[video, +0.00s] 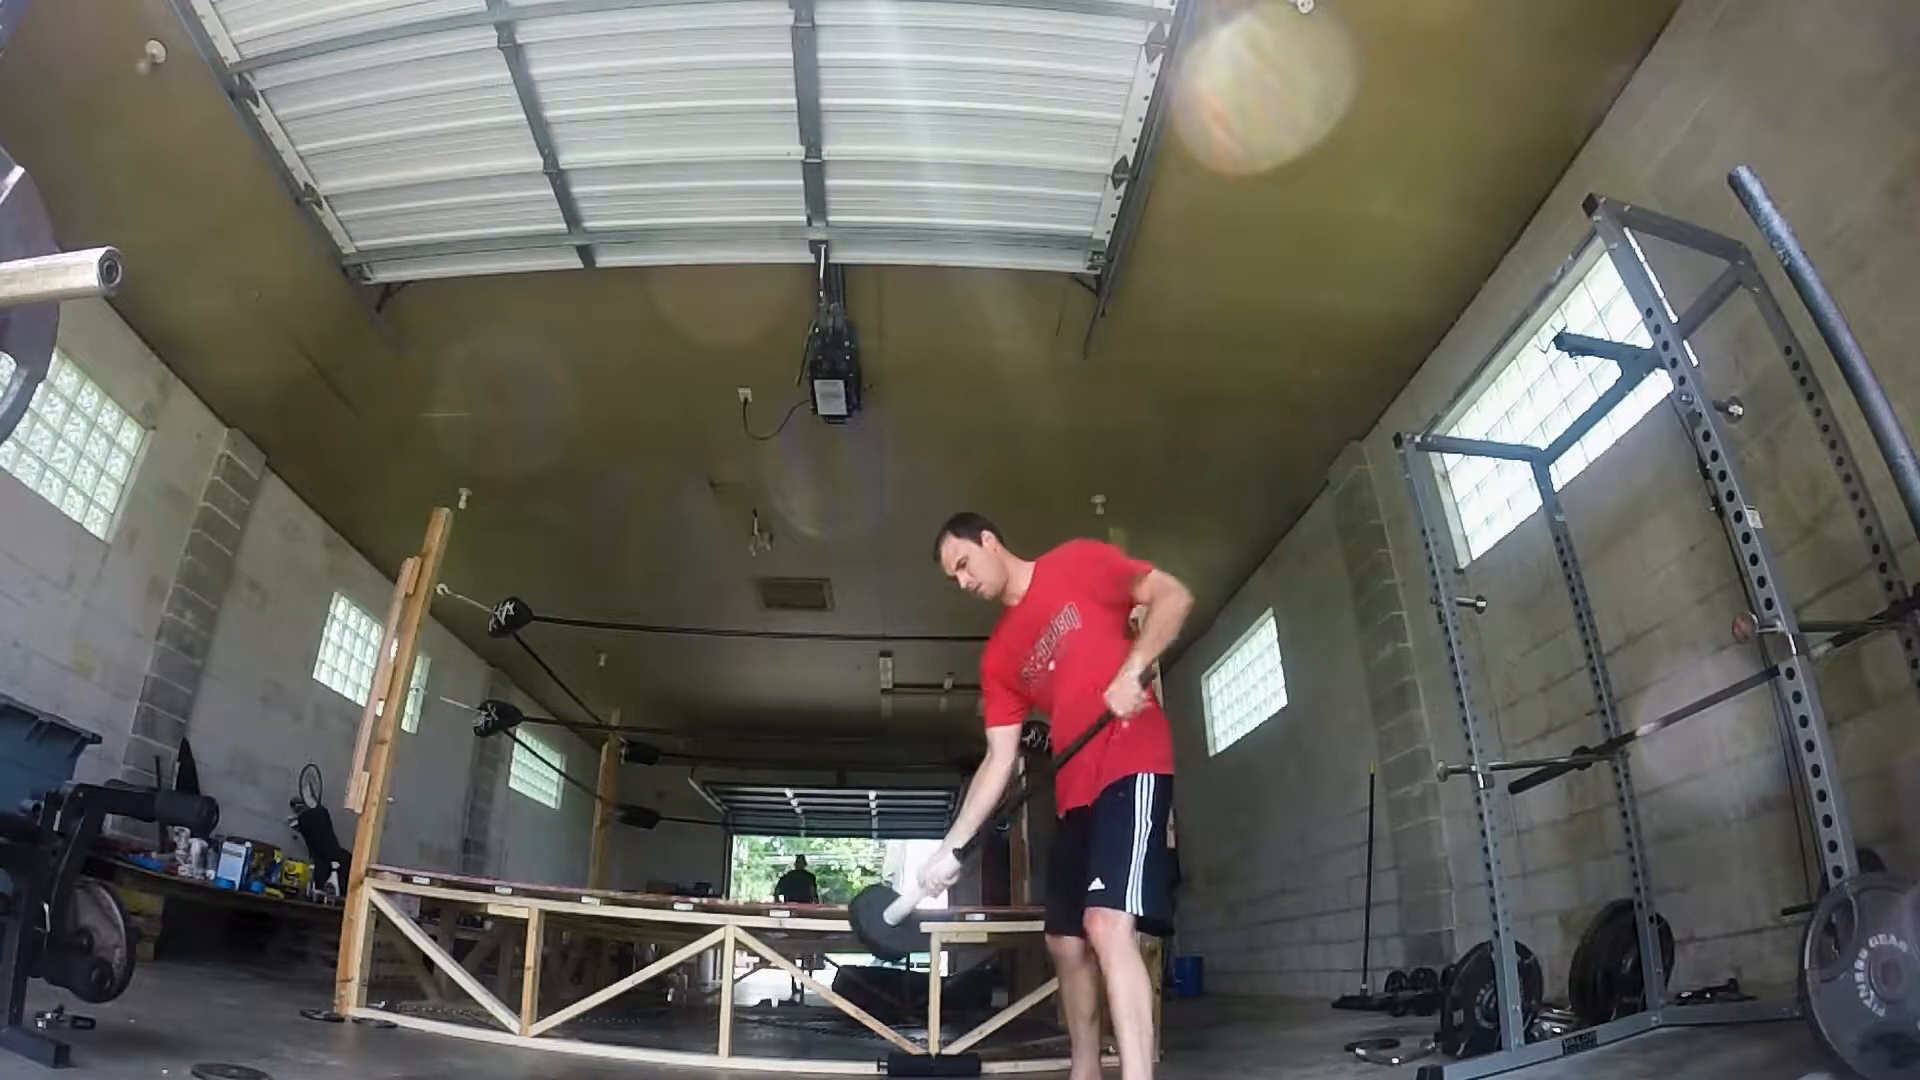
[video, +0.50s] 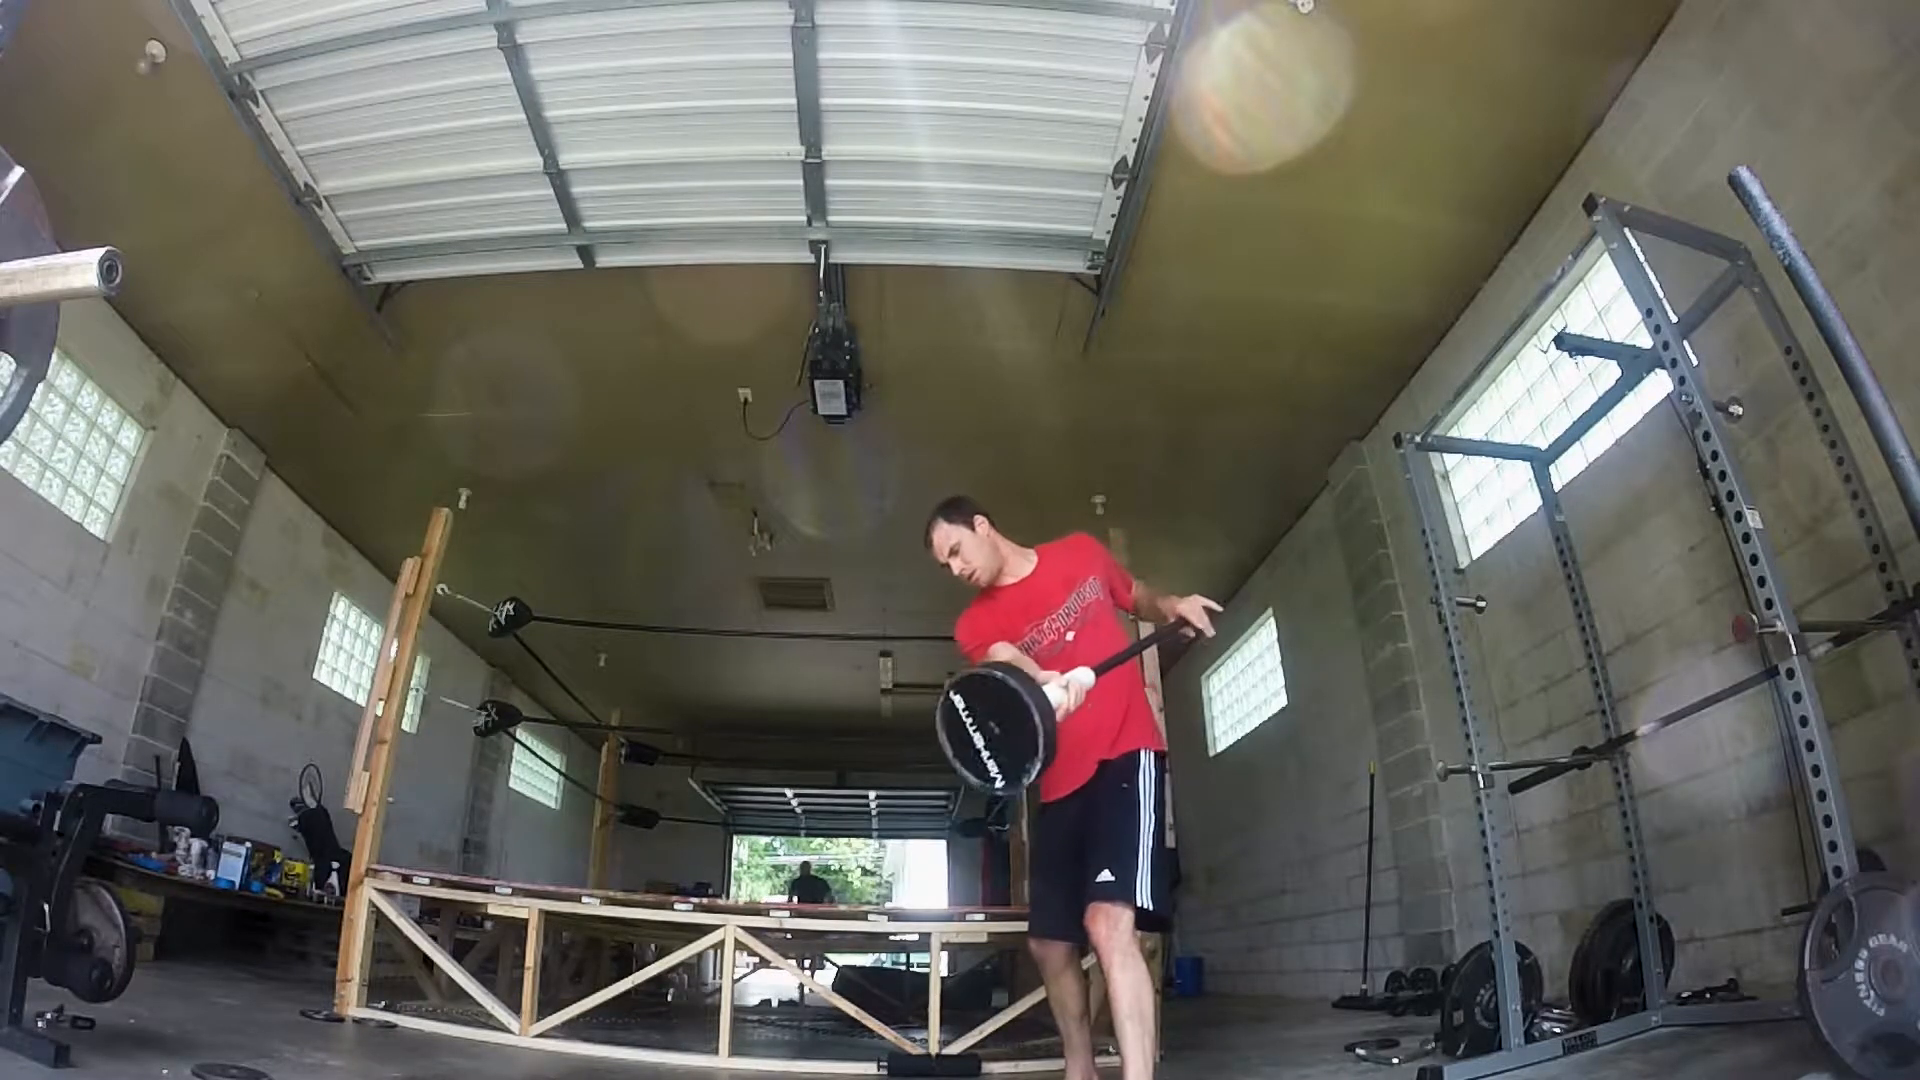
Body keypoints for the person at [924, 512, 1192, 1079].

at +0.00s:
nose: (963, 581)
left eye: (963, 563)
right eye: (954, 576)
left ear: (990, 540)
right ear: (960, 578)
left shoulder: (1075, 562)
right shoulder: (1000, 653)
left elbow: (1174, 596)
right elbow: (999, 758)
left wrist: (1132, 668)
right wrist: (951, 848)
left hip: (1133, 764)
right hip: (1078, 791)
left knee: (1108, 924)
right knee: (1065, 939)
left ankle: (1138, 1075)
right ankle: (1087, 1073)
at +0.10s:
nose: (966, 575)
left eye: (966, 557)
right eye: (957, 570)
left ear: (993, 533)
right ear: (962, 571)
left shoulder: (1092, 554)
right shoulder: (994, 644)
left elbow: (1188, 580)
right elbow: (992, 742)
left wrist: (1169, 625)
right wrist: (951, 827)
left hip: (1135, 759)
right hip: (1074, 783)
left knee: (1110, 922)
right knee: (1063, 942)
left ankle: (1140, 1076)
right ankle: (1086, 1074)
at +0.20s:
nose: (967, 570)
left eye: (966, 552)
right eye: (956, 565)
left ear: (993, 528)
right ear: (958, 568)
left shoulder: (1093, 552)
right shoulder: (988, 634)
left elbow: (1175, 579)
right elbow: (992, 715)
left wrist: (1174, 609)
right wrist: (965, 789)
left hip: (1134, 754)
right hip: (1071, 776)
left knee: (1110, 920)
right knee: (1060, 941)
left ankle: (1140, 1076)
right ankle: (1085, 1073)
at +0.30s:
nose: (964, 568)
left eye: (964, 550)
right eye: (954, 563)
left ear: (991, 526)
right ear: (954, 565)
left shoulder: (1089, 552)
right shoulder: (983, 625)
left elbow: (1152, 593)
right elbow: (997, 690)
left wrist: (1169, 611)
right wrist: (994, 744)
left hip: (1133, 751)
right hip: (1067, 772)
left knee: (1108, 919)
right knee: (1056, 941)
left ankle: (1140, 1076)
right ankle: (1083, 1073)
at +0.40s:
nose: (961, 566)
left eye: (961, 549)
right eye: (950, 561)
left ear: (988, 525)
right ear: (950, 564)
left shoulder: (1082, 552)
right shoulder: (978, 622)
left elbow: (1141, 601)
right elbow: (1003, 673)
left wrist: (1168, 609)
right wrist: (1028, 706)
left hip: (1133, 748)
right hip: (1068, 770)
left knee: (1108, 920)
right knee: (1052, 941)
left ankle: (1139, 1076)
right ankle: (1082, 1072)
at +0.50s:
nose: (956, 568)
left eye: (955, 550)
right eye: (945, 562)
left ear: (984, 525)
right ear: (946, 567)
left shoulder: (1079, 552)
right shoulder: (974, 624)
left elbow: (1137, 599)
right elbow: (1005, 662)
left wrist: (1175, 604)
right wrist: (1040, 681)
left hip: (1128, 754)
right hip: (1060, 780)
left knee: (1107, 920)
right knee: (1049, 942)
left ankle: (1139, 1076)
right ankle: (1081, 1072)